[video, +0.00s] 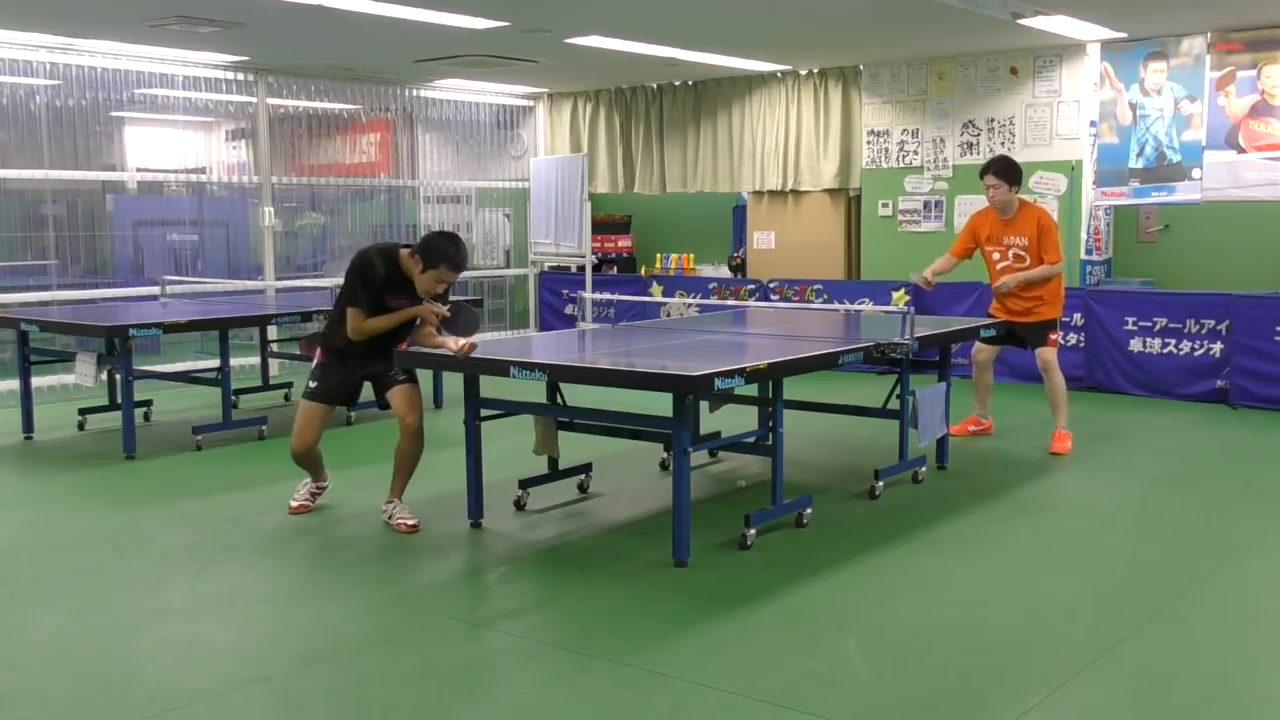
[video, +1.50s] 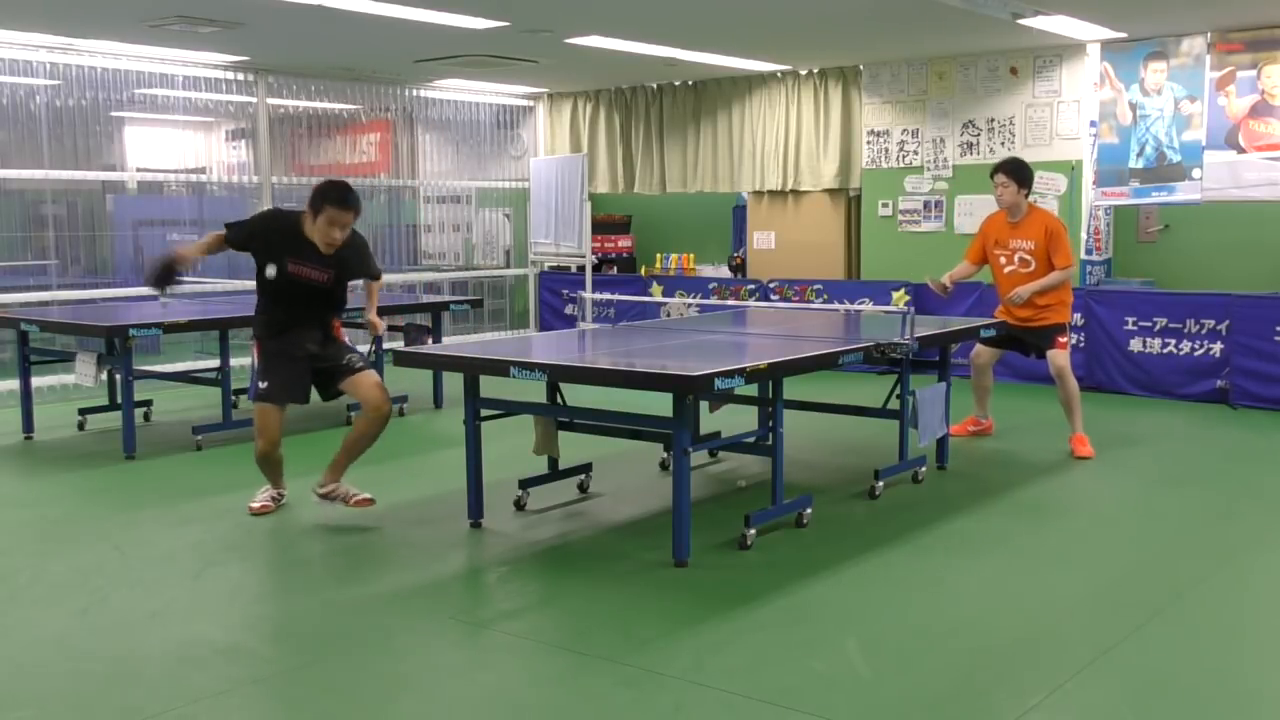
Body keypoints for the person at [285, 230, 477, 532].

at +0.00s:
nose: (442, 290)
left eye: (447, 285)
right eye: (439, 282)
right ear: (417, 262)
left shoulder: (434, 283)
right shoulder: (370, 262)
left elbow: (422, 334)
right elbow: (355, 329)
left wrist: (447, 341)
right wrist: (416, 312)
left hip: (388, 353)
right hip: (340, 352)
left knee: (412, 423)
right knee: (301, 446)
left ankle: (394, 502)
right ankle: (319, 480)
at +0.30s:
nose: (448, 290)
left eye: (455, 285)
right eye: (446, 282)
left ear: (459, 277)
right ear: (424, 262)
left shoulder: (443, 285)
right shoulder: (377, 263)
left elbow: (426, 336)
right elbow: (365, 329)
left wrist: (453, 346)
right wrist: (424, 314)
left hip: (394, 357)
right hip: (345, 353)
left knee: (415, 428)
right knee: (304, 447)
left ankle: (394, 502)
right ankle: (321, 480)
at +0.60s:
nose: (429, 233)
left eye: (434, 226)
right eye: (423, 223)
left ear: (438, 224)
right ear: (398, 216)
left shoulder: (433, 252)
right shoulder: (359, 237)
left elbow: (434, 308)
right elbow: (354, 305)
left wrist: (452, 332)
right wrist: (410, 283)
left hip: (388, 345)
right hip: (340, 341)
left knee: (409, 423)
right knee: (291, 435)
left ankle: (394, 502)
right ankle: (292, 482)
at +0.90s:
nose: (364, 170)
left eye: (370, 163)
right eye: (356, 161)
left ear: (376, 170)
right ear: (334, 166)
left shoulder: (384, 203)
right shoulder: (310, 213)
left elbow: (422, 207)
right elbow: (295, 275)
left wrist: (425, 169)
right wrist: (324, 285)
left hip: (372, 324)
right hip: (325, 326)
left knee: (399, 414)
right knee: (285, 419)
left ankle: (394, 502)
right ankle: (275, 486)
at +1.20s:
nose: (314, 150)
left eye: (322, 145)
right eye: (306, 143)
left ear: (331, 157)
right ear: (288, 153)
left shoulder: (347, 193)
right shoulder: (274, 206)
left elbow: (410, 211)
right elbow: (265, 260)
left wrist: (413, 200)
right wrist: (234, 311)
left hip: (341, 318)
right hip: (293, 322)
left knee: (380, 403)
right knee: (273, 416)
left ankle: (393, 500)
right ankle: (273, 486)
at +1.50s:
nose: (338, 236)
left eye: (346, 228)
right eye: (332, 226)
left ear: (353, 222)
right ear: (311, 214)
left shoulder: (354, 247)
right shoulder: (274, 226)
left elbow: (374, 277)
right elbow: (223, 239)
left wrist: (371, 312)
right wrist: (191, 252)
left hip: (325, 338)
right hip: (275, 341)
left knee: (379, 405)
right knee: (266, 446)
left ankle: (330, 482)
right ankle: (276, 488)